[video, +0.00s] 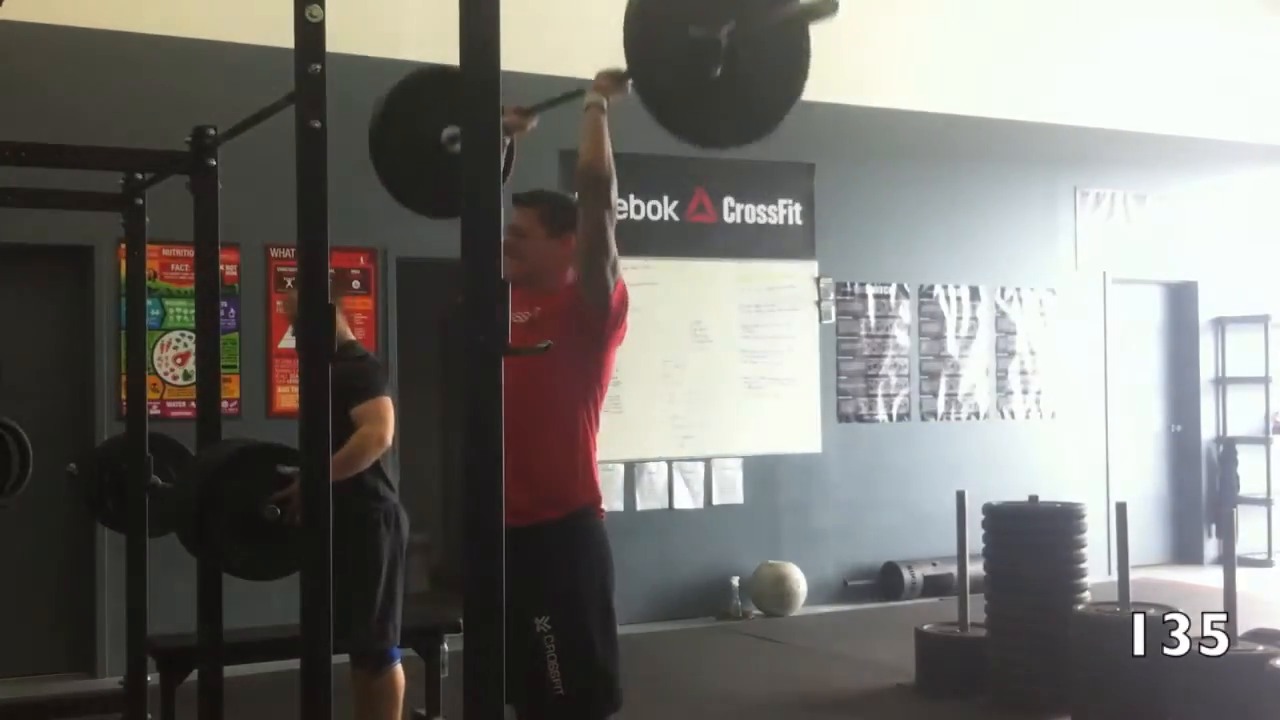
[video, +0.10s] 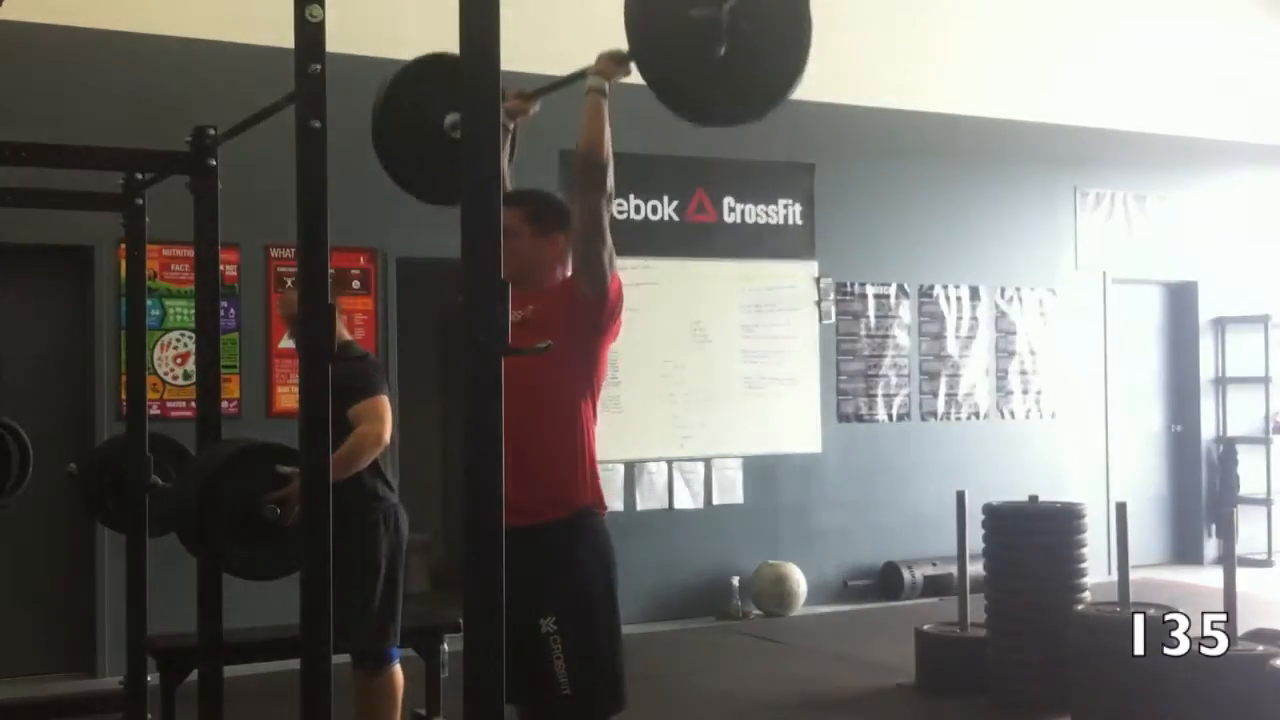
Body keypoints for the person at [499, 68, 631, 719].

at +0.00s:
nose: (507, 243)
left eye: (521, 234)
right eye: (507, 233)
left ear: (564, 241)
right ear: (509, 242)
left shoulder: (591, 307)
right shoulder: (498, 305)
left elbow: (597, 198)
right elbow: (474, 227)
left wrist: (596, 104)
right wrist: (499, 152)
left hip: (563, 527)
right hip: (495, 526)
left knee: (579, 695)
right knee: (507, 690)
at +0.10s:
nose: (499, 244)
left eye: (510, 230)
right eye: (498, 231)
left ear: (552, 237)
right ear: (510, 241)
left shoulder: (587, 306)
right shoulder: (497, 307)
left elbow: (592, 189)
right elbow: (481, 215)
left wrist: (597, 85)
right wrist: (506, 132)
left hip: (568, 525)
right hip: (500, 526)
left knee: (593, 692)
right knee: (518, 687)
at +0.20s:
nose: (497, 243)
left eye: (508, 230)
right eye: (496, 230)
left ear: (548, 239)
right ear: (508, 241)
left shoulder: (584, 301)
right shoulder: (497, 305)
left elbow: (586, 195)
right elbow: (496, 209)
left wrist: (596, 80)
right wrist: (508, 123)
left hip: (571, 521)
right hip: (502, 523)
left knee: (599, 688)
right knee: (523, 685)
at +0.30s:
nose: (498, 244)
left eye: (508, 231)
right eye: (496, 231)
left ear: (547, 241)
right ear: (510, 243)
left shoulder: (583, 301)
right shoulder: (497, 305)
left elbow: (587, 189)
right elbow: (500, 210)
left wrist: (596, 79)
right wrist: (507, 124)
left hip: (571, 522)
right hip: (502, 524)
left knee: (597, 689)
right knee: (522, 685)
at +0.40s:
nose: (497, 244)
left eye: (508, 230)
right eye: (496, 231)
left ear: (548, 239)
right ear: (507, 241)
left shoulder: (584, 300)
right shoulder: (498, 305)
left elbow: (587, 193)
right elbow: (497, 211)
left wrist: (595, 80)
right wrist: (506, 125)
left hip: (573, 522)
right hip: (504, 524)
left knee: (599, 689)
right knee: (525, 686)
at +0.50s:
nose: (499, 242)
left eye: (509, 229)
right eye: (497, 230)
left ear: (552, 238)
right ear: (509, 240)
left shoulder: (586, 298)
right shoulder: (501, 305)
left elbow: (589, 183)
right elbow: (496, 212)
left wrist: (595, 79)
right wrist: (507, 128)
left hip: (573, 523)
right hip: (504, 524)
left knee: (601, 689)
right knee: (523, 686)